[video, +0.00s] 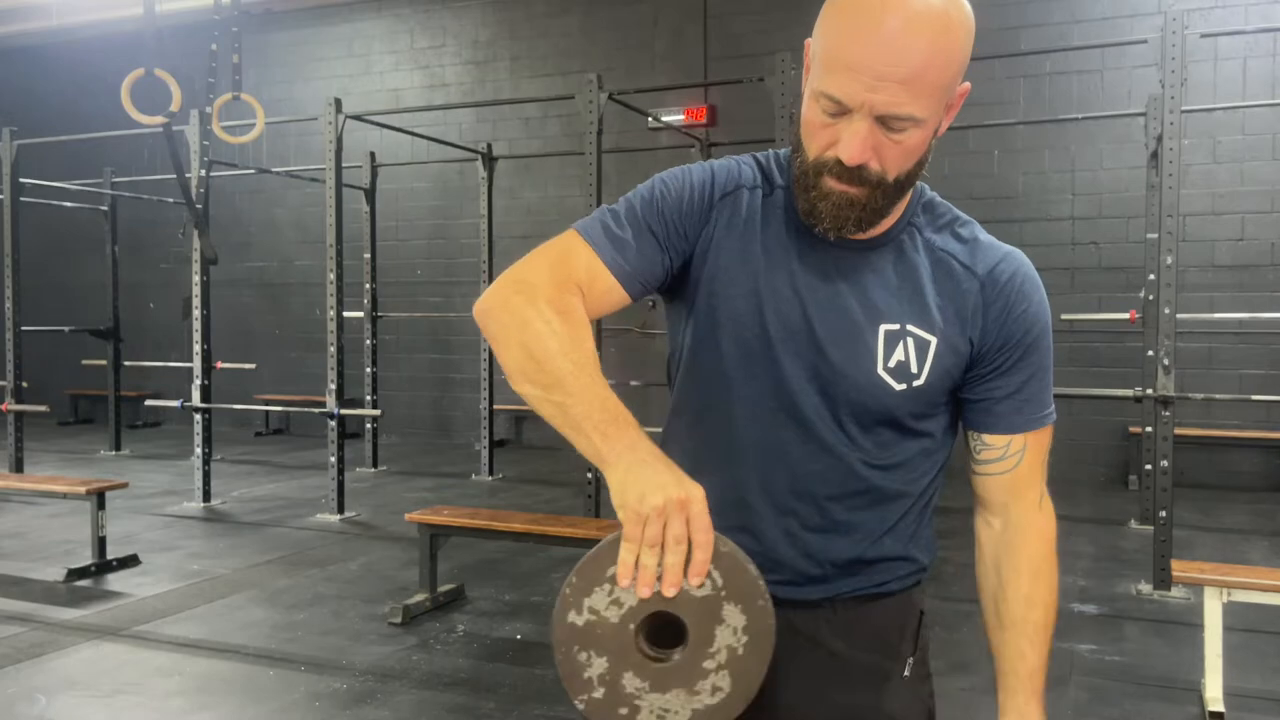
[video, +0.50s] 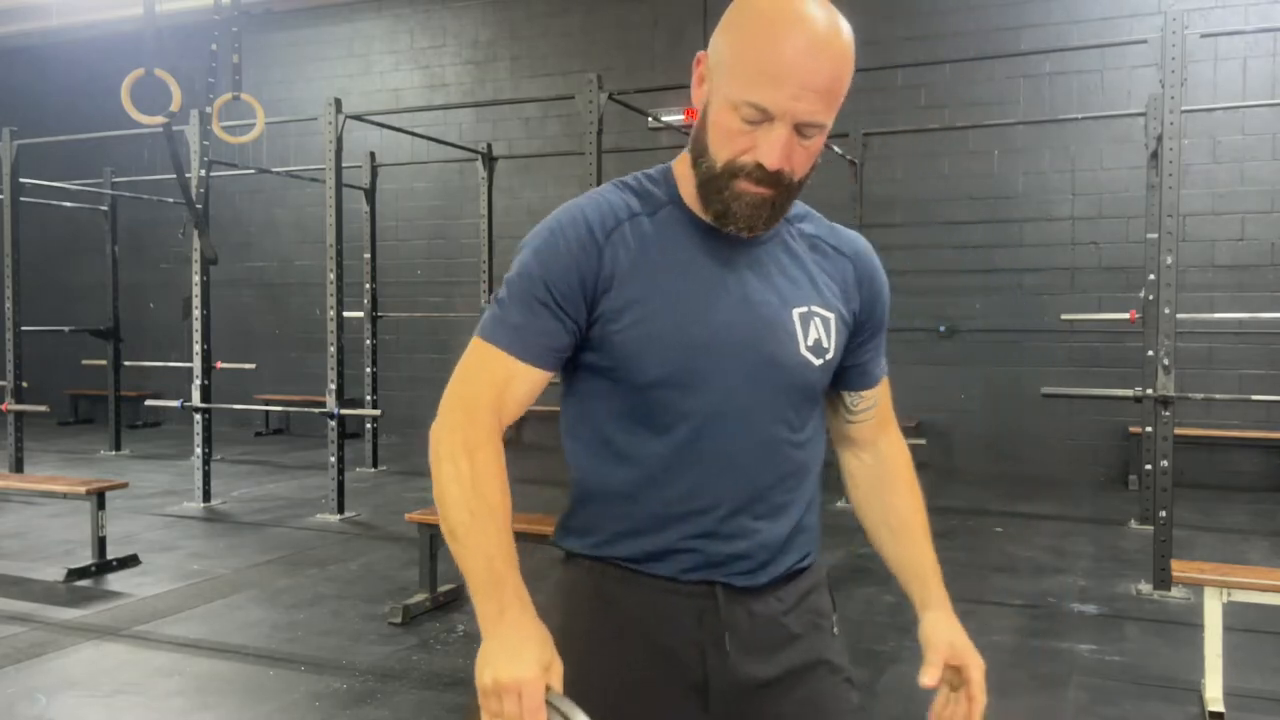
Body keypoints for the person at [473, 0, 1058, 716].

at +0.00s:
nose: (851, 152)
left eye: (893, 124)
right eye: (833, 107)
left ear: (950, 112)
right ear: (803, 67)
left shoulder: (993, 290)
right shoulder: (703, 207)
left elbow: (1013, 511)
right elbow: (518, 304)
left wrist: (1022, 705)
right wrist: (631, 460)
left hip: (863, 644)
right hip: (691, 627)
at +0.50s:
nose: (774, 158)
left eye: (806, 131)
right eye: (753, 117)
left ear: (831, 127)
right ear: (701, 84)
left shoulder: (846, 270)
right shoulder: (589, 242)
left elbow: (869, 437)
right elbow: (462, 428)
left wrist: (933, 607)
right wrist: (505, 623)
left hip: (788, 627)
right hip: (620, 626)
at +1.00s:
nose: (764, 184)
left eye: (776, 159)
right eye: (756, 149)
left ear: (682, 116)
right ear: (681, 112)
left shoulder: (678, 243)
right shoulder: (554, 247)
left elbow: (637, 421)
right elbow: (466, 461)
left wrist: (682, 531)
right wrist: (505, 668)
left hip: (671, 587)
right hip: (572, 599)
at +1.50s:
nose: (734, 206)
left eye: (740, 187)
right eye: (737, 181)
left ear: (668, 155)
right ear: (702, 154)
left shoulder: (584, 250)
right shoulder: (642, 249)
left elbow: (569, 423)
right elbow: (587, 415)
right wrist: (634, 589)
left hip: (578, 549)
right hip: (622, 555)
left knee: (611, 702)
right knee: (650, 705)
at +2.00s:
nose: (760, 207)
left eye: (756, 197)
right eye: (759, 197)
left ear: (676, 203)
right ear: (750, 197)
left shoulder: (606, 283)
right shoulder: (763, 274)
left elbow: (564, 419)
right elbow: (773, 417)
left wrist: (620, 488)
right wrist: (813, 562)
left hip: (624, 536)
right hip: (728, 547)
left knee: (620, 709)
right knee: (749, 705)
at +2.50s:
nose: (866, 223)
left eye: (863, 215)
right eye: (867, 213)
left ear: (790, 219)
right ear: (858, 210)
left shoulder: (725, 274)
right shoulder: (881, 280)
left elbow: (659, 382)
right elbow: (908, 413)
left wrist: (651, 469)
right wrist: (940, 518)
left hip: (742, 501)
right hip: (834, 507)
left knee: (751, 648)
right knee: (826, 684)